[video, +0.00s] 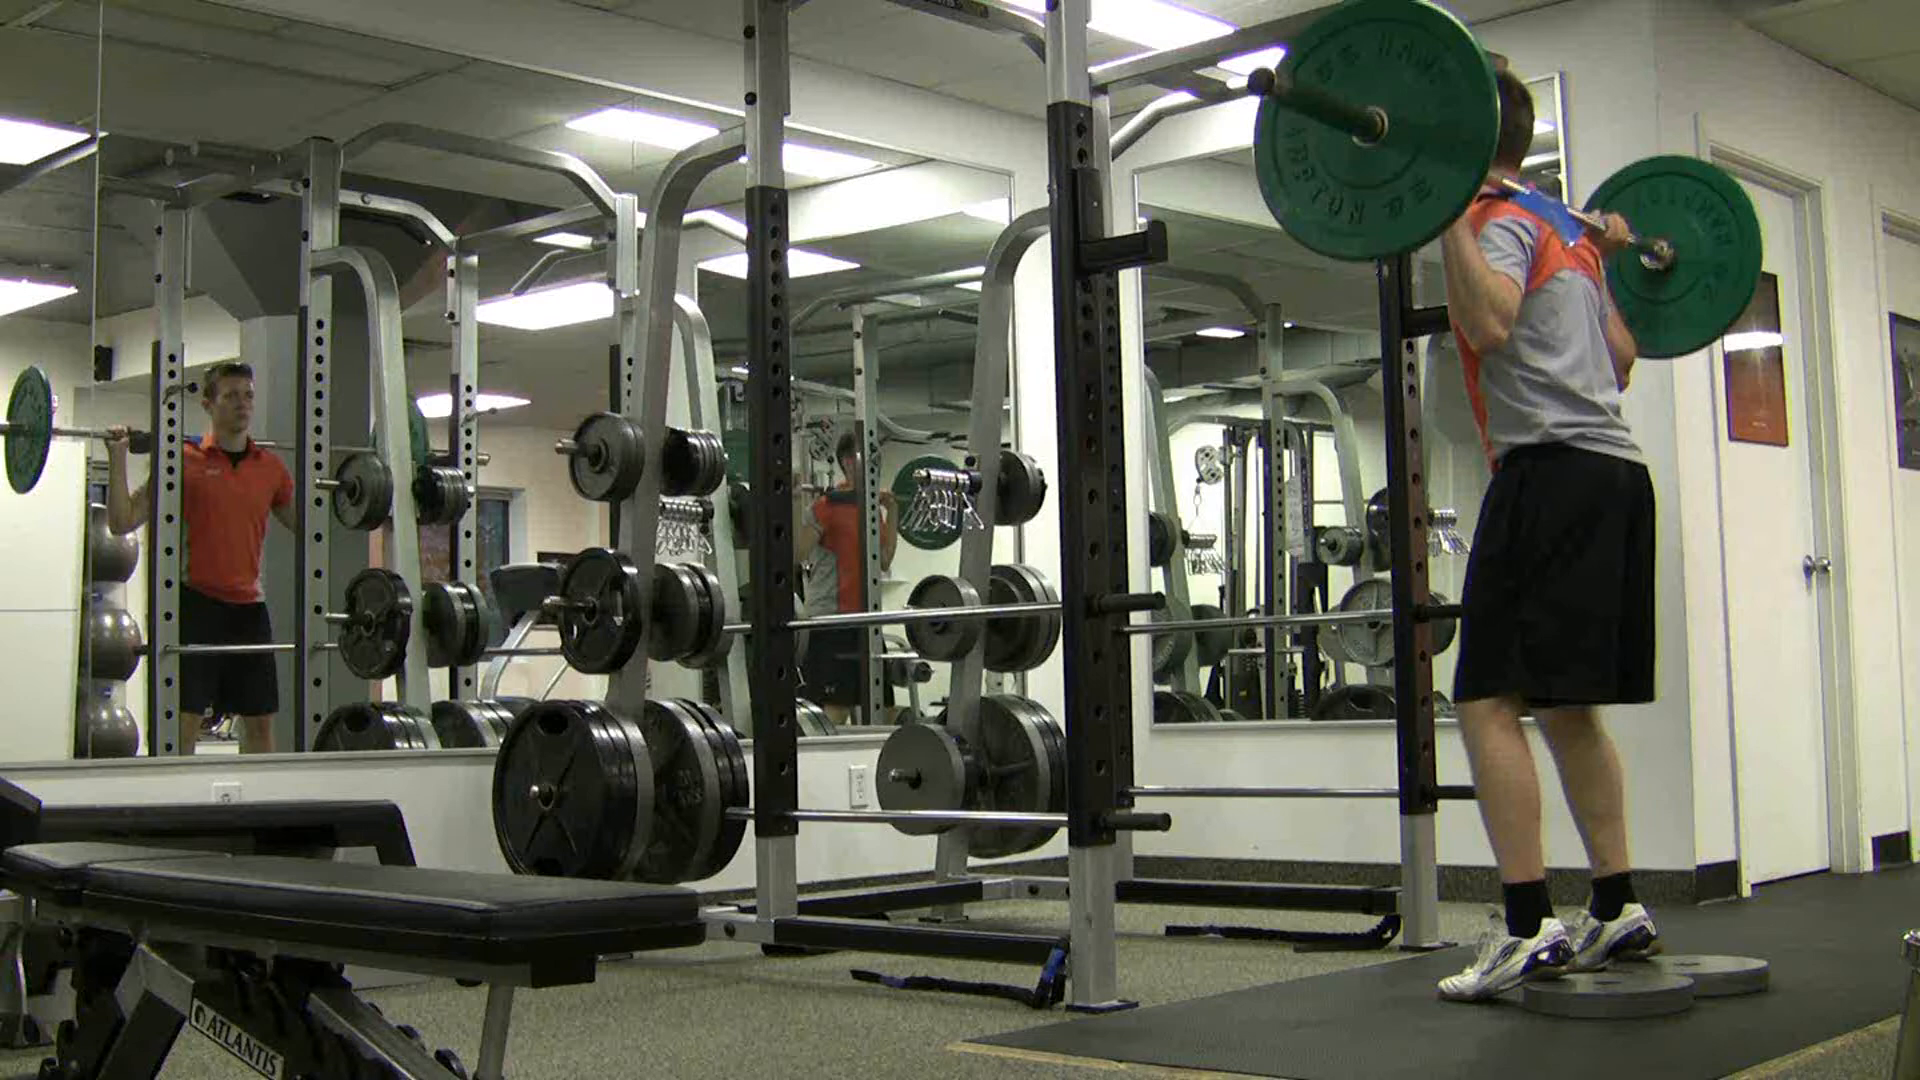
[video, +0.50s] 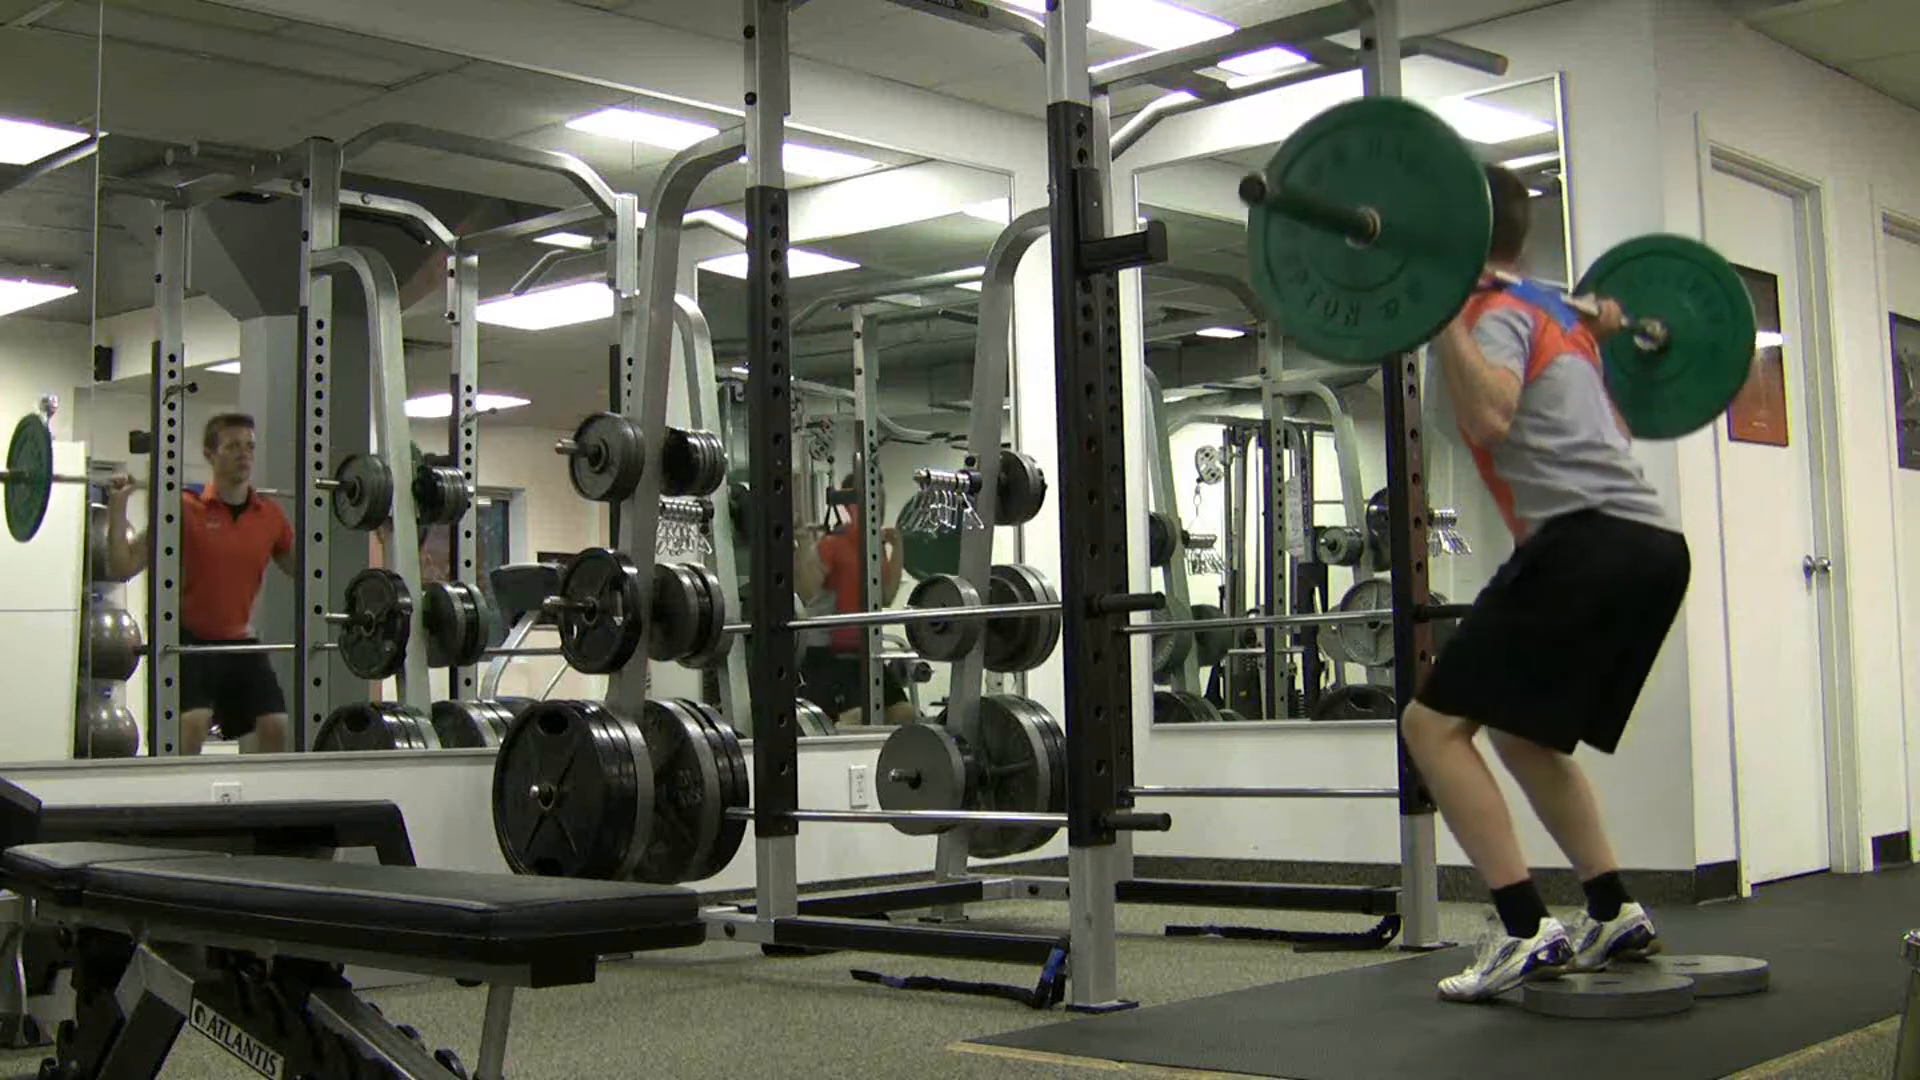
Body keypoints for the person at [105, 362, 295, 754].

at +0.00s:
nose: (242, 404)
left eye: (248, 396)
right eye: (231, 397)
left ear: (255, 403)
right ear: (209, 405)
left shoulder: (271, 466)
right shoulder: (185, 459)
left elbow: (310, 530)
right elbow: (122, 522)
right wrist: (118, 457)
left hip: (248, 606)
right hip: (194, 602)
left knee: (259, 720)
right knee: (187, 723)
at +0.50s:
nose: (244, 454)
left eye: (249, 446)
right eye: (233, 446)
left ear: (256, 453)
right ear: (211, 454)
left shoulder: (270, 515)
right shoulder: (183, 509)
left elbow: (303, 569)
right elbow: (123, 567)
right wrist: (117, 504)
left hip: (242, 643)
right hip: (190, 642)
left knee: (274, 726)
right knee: (194, 723)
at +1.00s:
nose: (247, 517)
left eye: (252, 508)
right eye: (236, 508)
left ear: (258, 514)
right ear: (212, 515)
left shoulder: (272, 577)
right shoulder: (184, 568)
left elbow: (309, 639)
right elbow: (120, 629)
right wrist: (120, 570)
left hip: (237, 684)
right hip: (183, 680)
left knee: (285, 735)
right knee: (203, 732)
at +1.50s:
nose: (249, 561)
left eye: (254, 552)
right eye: (238, 552)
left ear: (261, 557)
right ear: (213, 559)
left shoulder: (271, 613)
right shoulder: (184, 608)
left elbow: (304, 676)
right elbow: (121, 671)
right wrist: (121, 604)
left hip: (240, 715)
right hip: (187, 711)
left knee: (290, 741)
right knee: (203, 736)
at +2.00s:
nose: (250, 566)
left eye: (256, 557)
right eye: (239, 557)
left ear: (262, 562)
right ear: (215, 564)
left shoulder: (272, 618)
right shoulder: (185, 613)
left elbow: (303, 679)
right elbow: (121, 675)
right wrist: (123, 608)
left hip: (241, 718)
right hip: (186, 717)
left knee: (290, 741)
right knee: (203, 735)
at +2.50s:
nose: (250, 491)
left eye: (256, 482)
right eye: (239, 482)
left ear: (262, 488)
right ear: (215, 489)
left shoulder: (273, 550)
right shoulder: (185, 541)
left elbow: (307, 612)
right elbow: (121, 600)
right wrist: (123, 535)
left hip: (240, 666)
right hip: (186, 664)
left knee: (282, 731)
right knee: (202, 727)